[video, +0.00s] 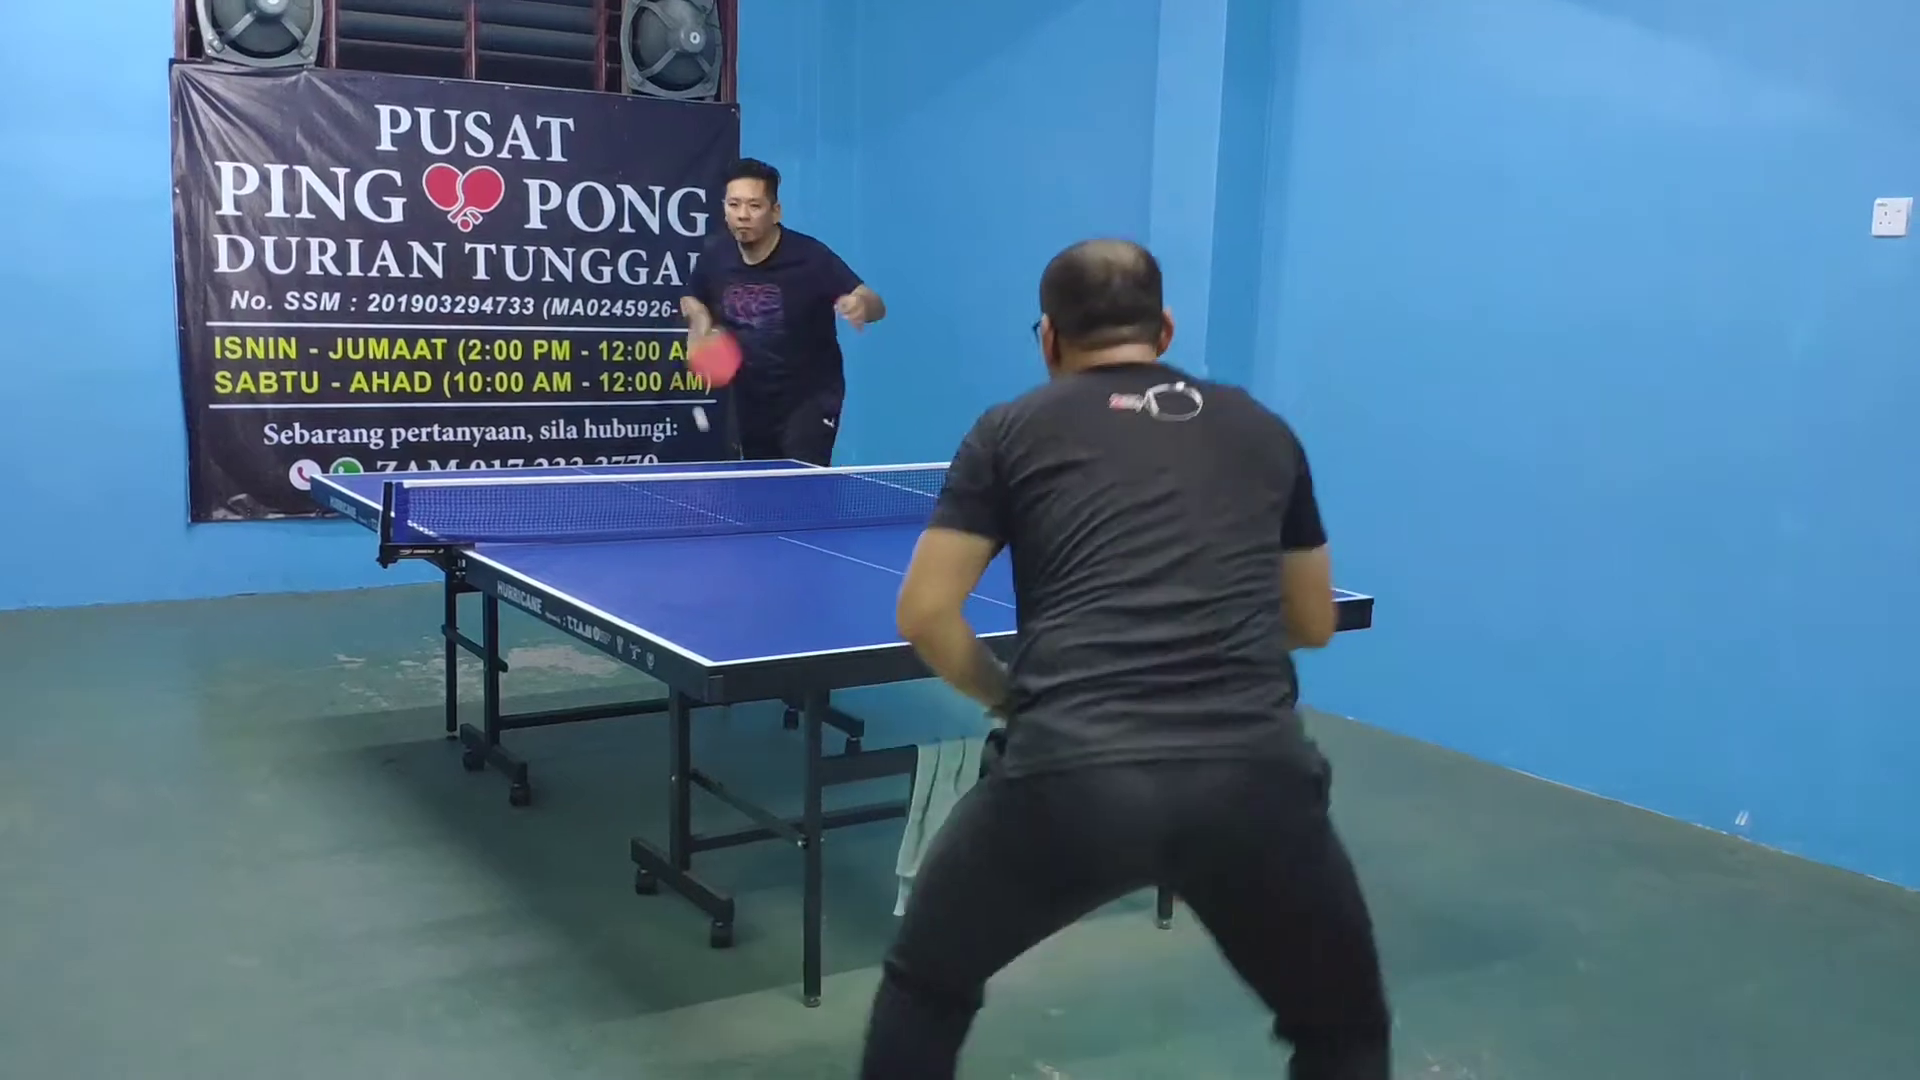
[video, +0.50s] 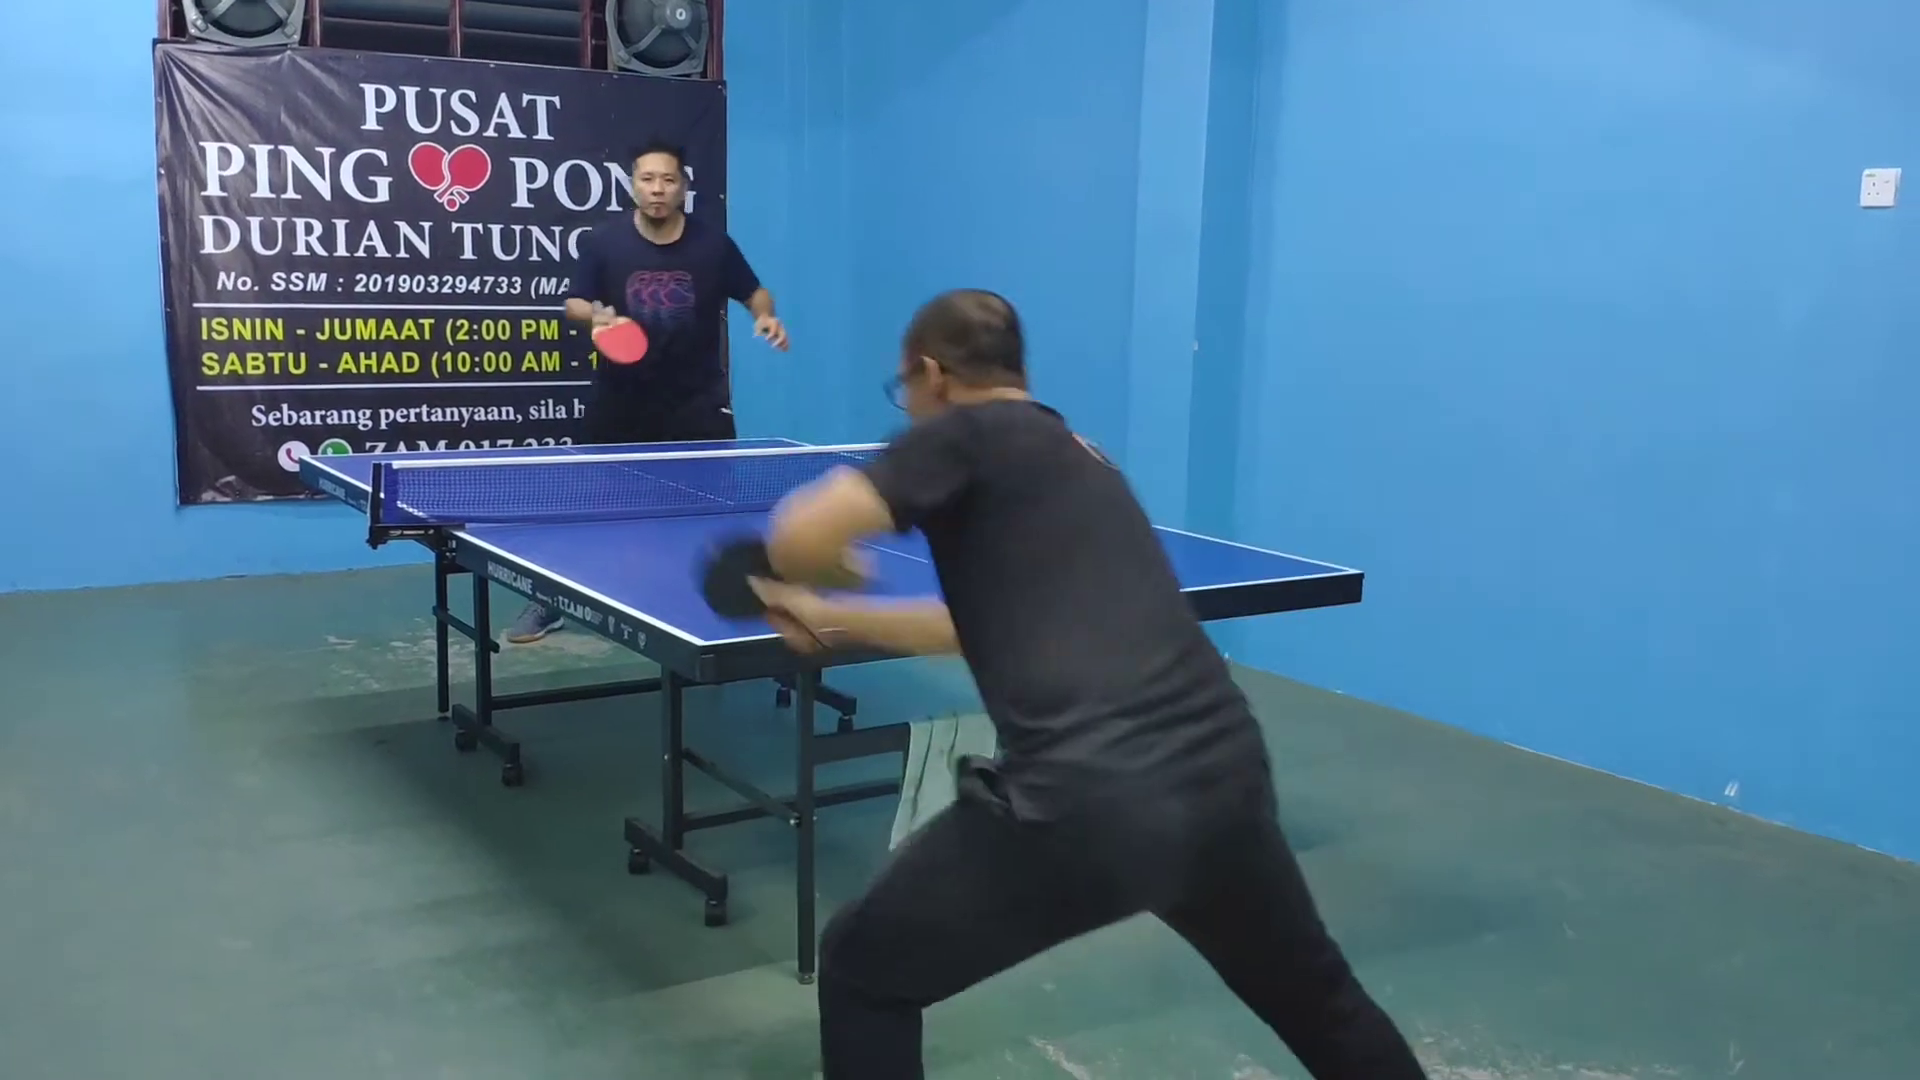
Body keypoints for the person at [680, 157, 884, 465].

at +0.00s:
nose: (742, 215)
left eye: (754, 206)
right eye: (734, 204)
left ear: (776, 212)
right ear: (724, 209)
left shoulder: (809, 255)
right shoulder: (716, 256)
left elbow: (876, 306)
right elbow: (691, 297)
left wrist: (862, 305)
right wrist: (701, 322)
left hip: (810, 394)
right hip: (749, 395)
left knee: (801, 490)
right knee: (755, 492)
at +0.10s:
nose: (740, 206)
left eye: (752, 197)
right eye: (732, 195)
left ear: (771, 204)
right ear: (720, 199)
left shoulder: (804, 252)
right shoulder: (704, 247)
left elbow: (851, 289)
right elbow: (669, 307)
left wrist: (870, 301)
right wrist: (694, 294)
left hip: (792, 400)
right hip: (732, 398)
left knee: (784, 500)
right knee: (730, 500)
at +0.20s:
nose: (731, 195)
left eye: (743, 187)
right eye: (722, 185)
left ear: (759, 195)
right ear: (708, 192)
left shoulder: (793, 246)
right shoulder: (688, 240)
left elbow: (840, 286)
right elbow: (651, 299)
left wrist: (861, 298)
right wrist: (678, 290)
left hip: (775, 399)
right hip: (707, 396)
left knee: (776, 498)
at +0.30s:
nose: (712, 189)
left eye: (723, 180)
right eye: (702, 178)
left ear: (739, 189)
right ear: (688, 186)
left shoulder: (771, 241)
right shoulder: (664, 237)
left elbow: (819, 285)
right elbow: (628, 294)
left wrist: (832, 303)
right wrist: (651, 292)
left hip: (751, 405)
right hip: (678, 402)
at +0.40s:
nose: (685, 187)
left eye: (695, 178)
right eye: (675, 178)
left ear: (713, 186)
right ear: (659, 185)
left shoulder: (742, 241)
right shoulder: (638, 238)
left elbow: (785, 291)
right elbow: (601, 296)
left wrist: (800, 314)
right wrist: (622, 303)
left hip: (724, 403)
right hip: (653, 400)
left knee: (738, 508)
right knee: (606, 498)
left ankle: (747, 606)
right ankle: (556, 606)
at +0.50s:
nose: (657, 187)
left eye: (667, 179)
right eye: (648, 178)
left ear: (684, 187)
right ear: (632, 185)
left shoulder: (711, 242)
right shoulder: (605, 242)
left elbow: (754, 292)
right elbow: (572, 303)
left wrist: (765, 316)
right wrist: (595, 312)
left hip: (697, 403)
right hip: (622, 402)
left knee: (721, 499)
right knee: (581, 496)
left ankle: (740, 602)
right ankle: (547, 600)